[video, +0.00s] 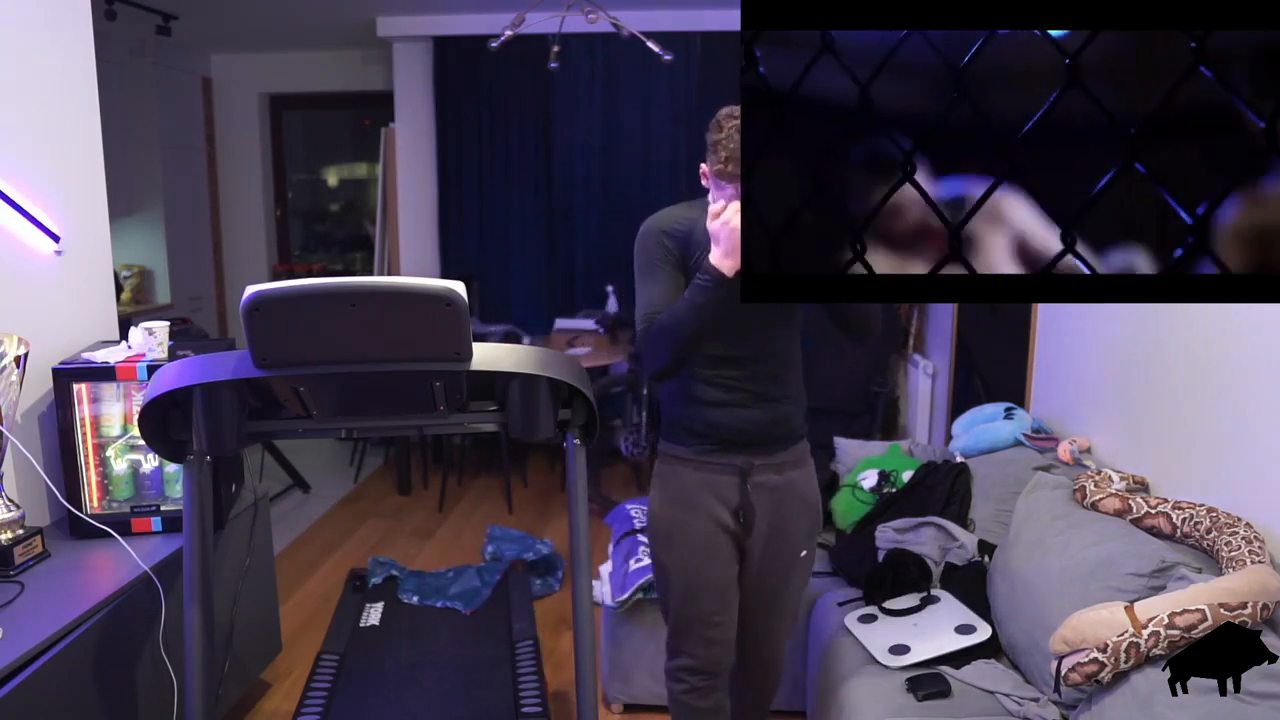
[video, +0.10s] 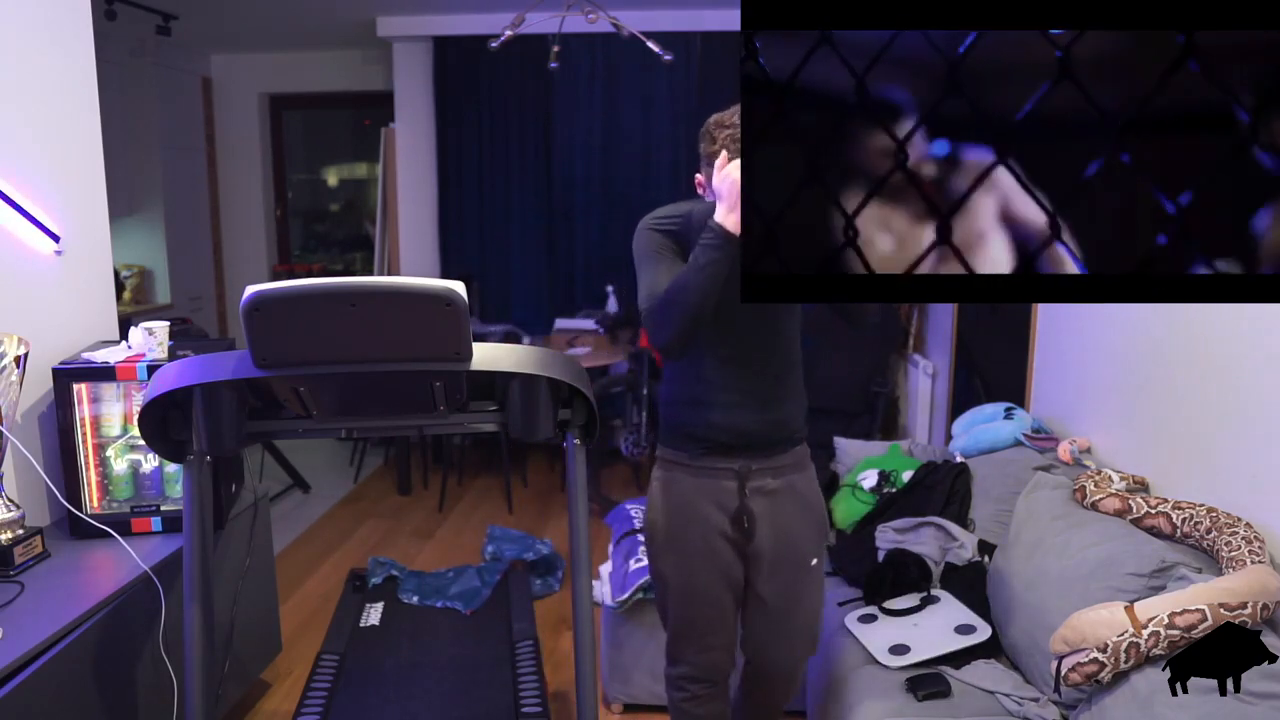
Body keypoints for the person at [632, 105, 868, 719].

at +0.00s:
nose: (736, 197)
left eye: (751, 182)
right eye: (725, 180)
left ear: (777, 180)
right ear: (706, 174)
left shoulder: (792, 230)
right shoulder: (667, 233)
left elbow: (865, 326)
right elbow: (654, 356)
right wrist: (720, 265)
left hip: (788, 477)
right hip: (693, 477)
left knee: (765, 669)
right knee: (701, 666)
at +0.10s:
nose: (748, 185)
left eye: (756, 173)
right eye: (739, 171)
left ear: (773, 179)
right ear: (708, 176)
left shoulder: (789, 225)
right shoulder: (664, 230)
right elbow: (663, 329)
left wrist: (787, 196)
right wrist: (727, 227)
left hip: (788, 476)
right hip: (691, 480)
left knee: (782, 668)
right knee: (700, 670)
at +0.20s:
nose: (744, 151)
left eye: (755, 141)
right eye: (733, 138)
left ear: (774, 155)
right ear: (708, 150)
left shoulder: (786, 215)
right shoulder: (660, 223)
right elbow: (657, 304)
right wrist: (721, 190)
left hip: (790, 479)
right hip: (689, 486)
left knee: (801, 663)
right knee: (699, 678)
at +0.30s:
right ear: (730, 141)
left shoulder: (794, 210)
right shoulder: (669, 212)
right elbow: (634, 270)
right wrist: (722, 161)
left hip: (794, 480)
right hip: (691, 490)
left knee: (805, 680)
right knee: (701, 689)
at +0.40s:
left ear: (804, 137)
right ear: (740, 134)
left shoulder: (806, 207)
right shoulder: (681, 207)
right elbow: (621, 225)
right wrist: (724, 125)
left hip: (800, 493)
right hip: (693, 500)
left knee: (798, 703)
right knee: (697, 699)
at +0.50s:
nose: (774, 133)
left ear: (810, 132)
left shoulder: (820, 210)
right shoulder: (681, 212)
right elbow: (617, 164)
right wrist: (728, 114)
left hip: (803, 504)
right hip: (693, 508)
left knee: (792, 704)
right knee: (697, 702)